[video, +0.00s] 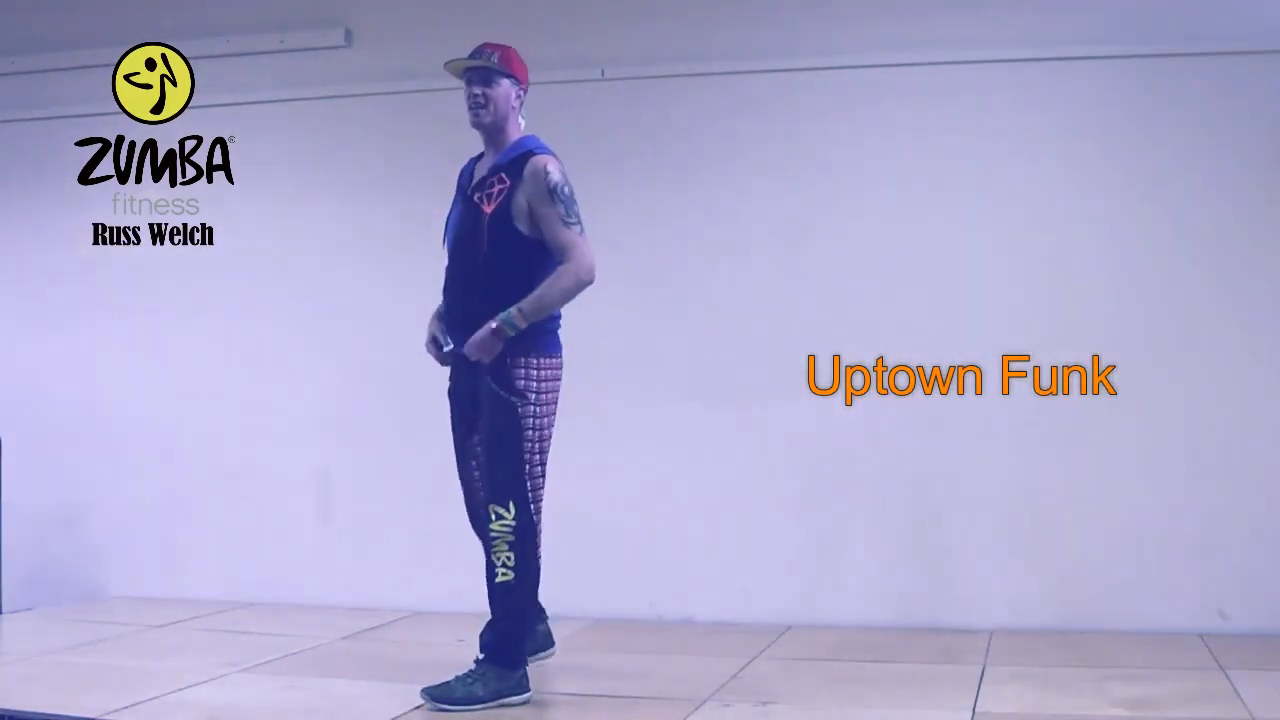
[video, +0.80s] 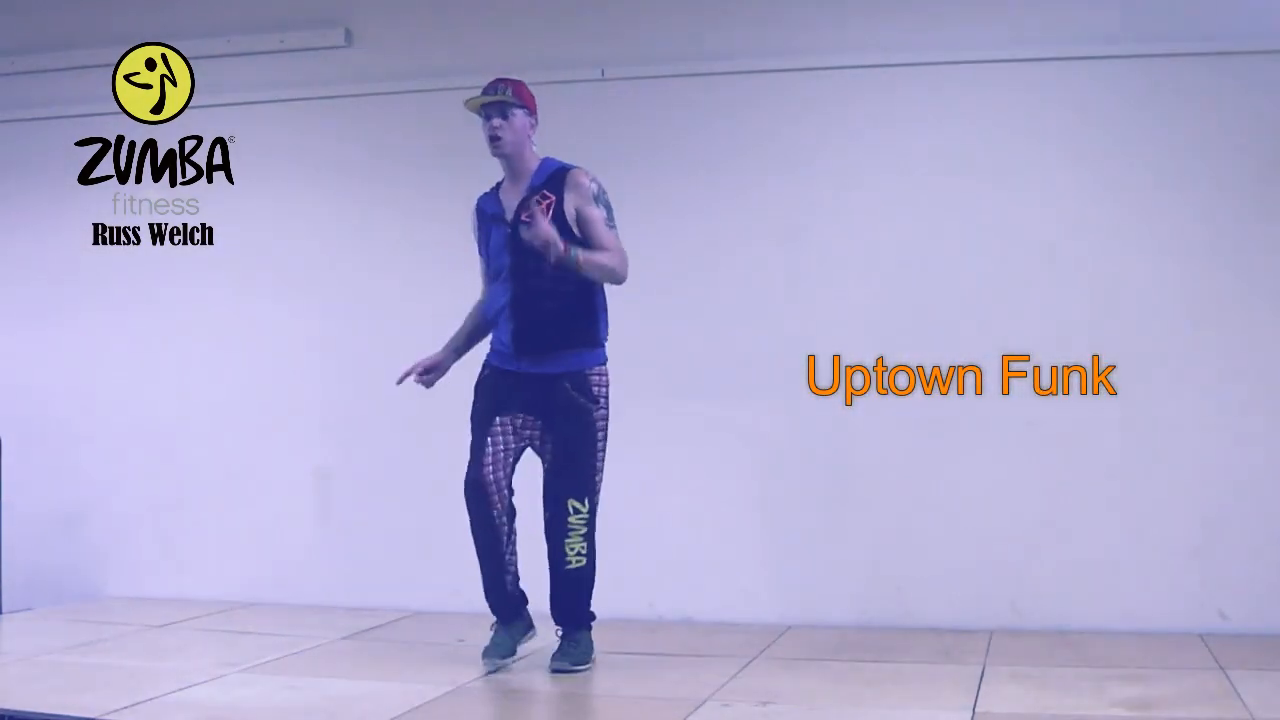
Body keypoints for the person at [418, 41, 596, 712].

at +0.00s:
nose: (474, 92)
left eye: (486, 81)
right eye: (468, 83)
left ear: (519, 92)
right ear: (465, 97)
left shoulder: (540, 168)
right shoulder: (471, 172)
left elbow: (579, 266)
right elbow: (467, 265)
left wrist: (503, 326)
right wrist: (440, 317)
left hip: (521, 363)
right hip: (472, 359)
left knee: (510, 504)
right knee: (483, 498)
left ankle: (504, 667)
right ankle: (527, 621)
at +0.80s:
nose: (492, 125)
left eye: (502, 115)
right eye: (485, 118)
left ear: (531, 122)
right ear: (482, 131)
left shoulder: (574, 184)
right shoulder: (487, 207)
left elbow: (617, 266)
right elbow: (495, 293)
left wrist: (558, 248)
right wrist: (448, 355)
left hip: (574, 373)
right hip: (506, 373)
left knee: (571, 504)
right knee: (484, 484)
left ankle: (575, 629)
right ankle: (510, 617)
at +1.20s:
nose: (490, 137)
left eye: (500, 127)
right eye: (482, 129)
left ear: (525, 133)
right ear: (475, 139)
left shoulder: (568, 192)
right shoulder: (472, 219)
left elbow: (615, 267)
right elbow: (469, 309)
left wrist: (574, 299)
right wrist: (466, 393)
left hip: (570, 368)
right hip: (506, 374)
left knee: (562, 497)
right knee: (509, 502)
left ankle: (568, 621)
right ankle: (517, 626)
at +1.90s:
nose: (540, 132)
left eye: (548, 119)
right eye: (529, 125)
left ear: (570, 120)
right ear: (520, 135)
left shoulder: (608, 190)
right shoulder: (521, 197)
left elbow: (649, 279)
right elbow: (520, 286)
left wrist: (659, 228)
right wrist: (501, 367)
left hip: (601, 368)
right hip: (542, 372)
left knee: (605, 496)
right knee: (540, 492)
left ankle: (624, 632)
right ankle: (581, 623)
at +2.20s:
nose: (533, 135)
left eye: (542, 123)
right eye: (523, 127)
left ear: (565, 124)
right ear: (514, 134)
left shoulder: (592, 198)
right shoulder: (507, 194)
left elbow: (597, 296)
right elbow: (498, 281)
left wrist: (583, 382)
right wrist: (482, 363)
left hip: (568, 375)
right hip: (508, 376)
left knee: (590, 508)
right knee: (489, 505)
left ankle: (619, 632)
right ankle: (485, 623)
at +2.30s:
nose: (518, 137)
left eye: (528, 126)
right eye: (509, 129)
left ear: (551, 128)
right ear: (499, 136)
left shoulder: (574, 204)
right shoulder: (488, 196)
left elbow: (585, 301)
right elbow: (472, 279)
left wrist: (522, 357)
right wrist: (451, 358)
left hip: (551, 371)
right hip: (490, 369)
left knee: (553, 494)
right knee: (491, 498)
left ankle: (600, 625)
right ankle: (486, 624)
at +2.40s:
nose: (503, 140)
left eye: (514, 129)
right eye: (494, 131)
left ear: (537, 134)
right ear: (485, 138)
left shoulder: (564, 210)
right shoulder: (473, 203)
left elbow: (580, 303)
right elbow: (459, 282)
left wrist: (504, 325)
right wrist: (438, 360)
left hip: (543, 376)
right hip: (483, 372)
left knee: (530, 484)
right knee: (485, 497)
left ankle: (570, 607)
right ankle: (487, 624)